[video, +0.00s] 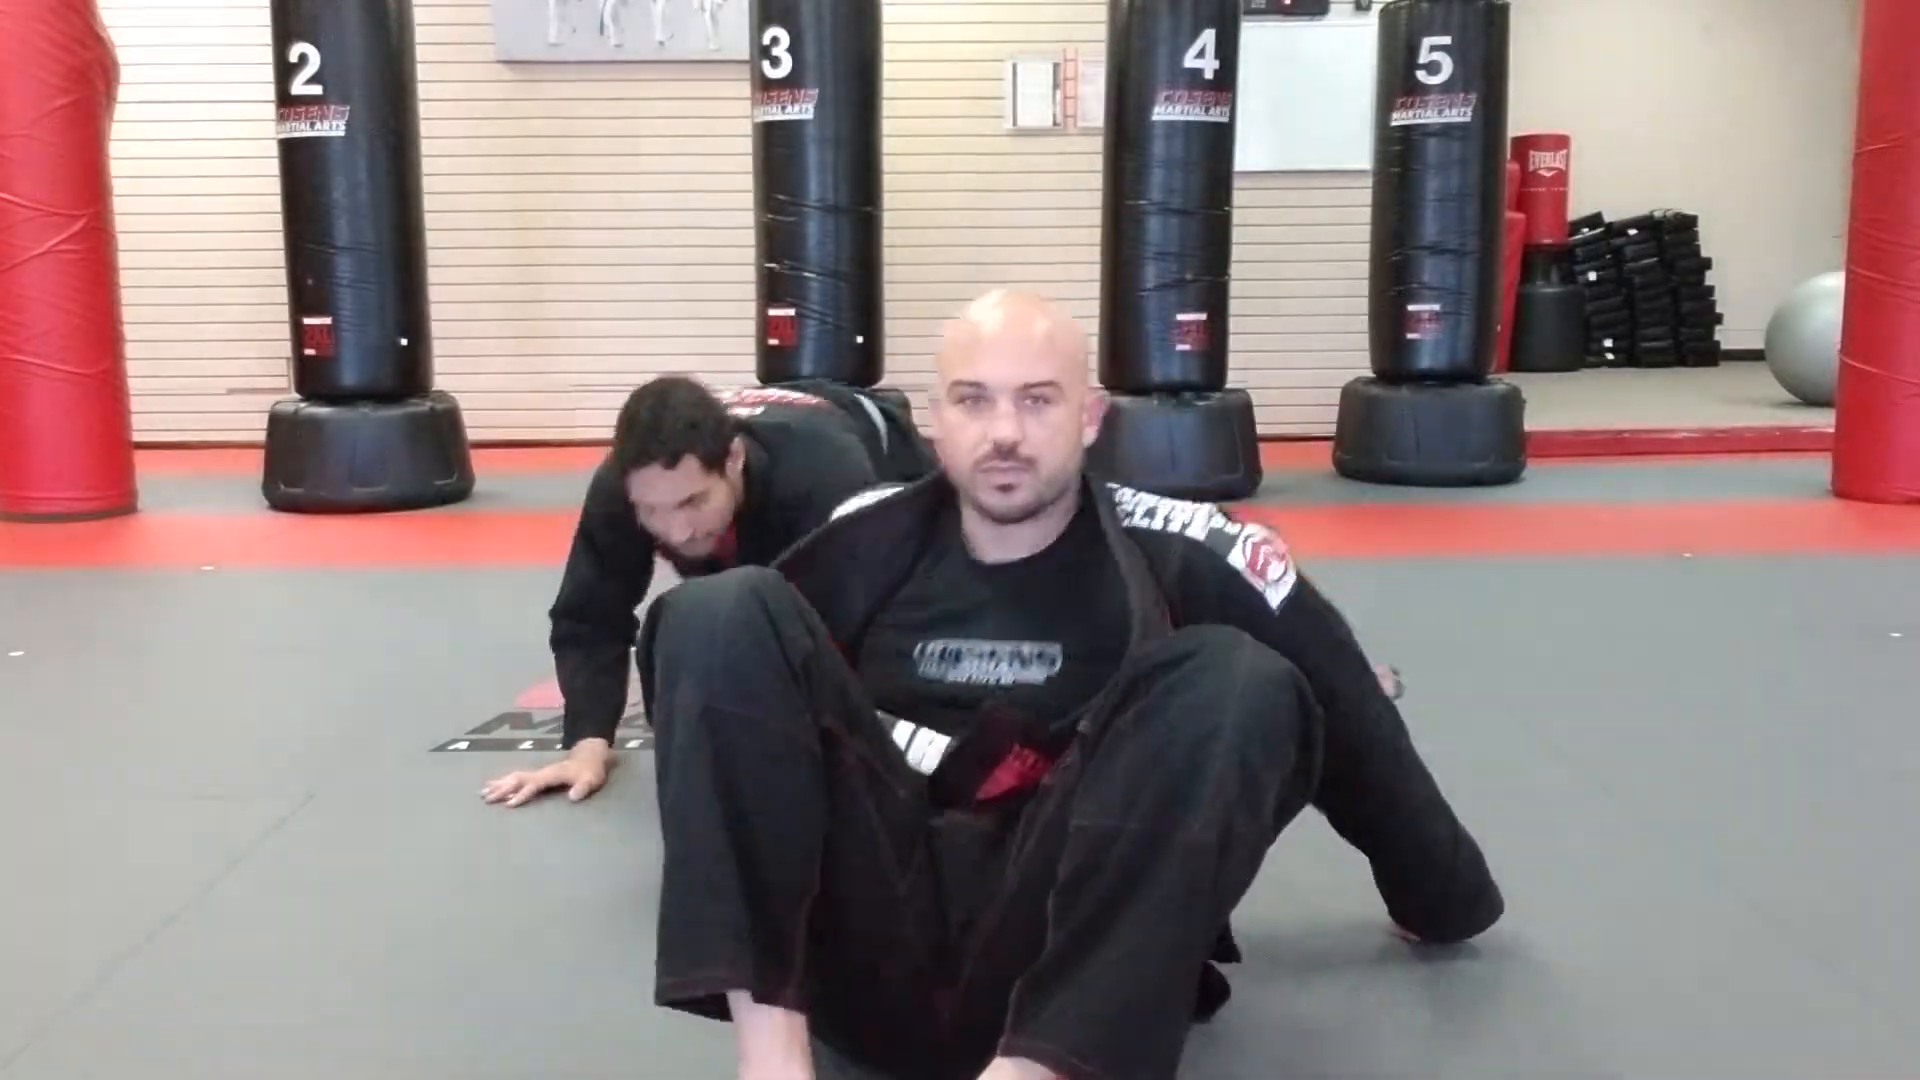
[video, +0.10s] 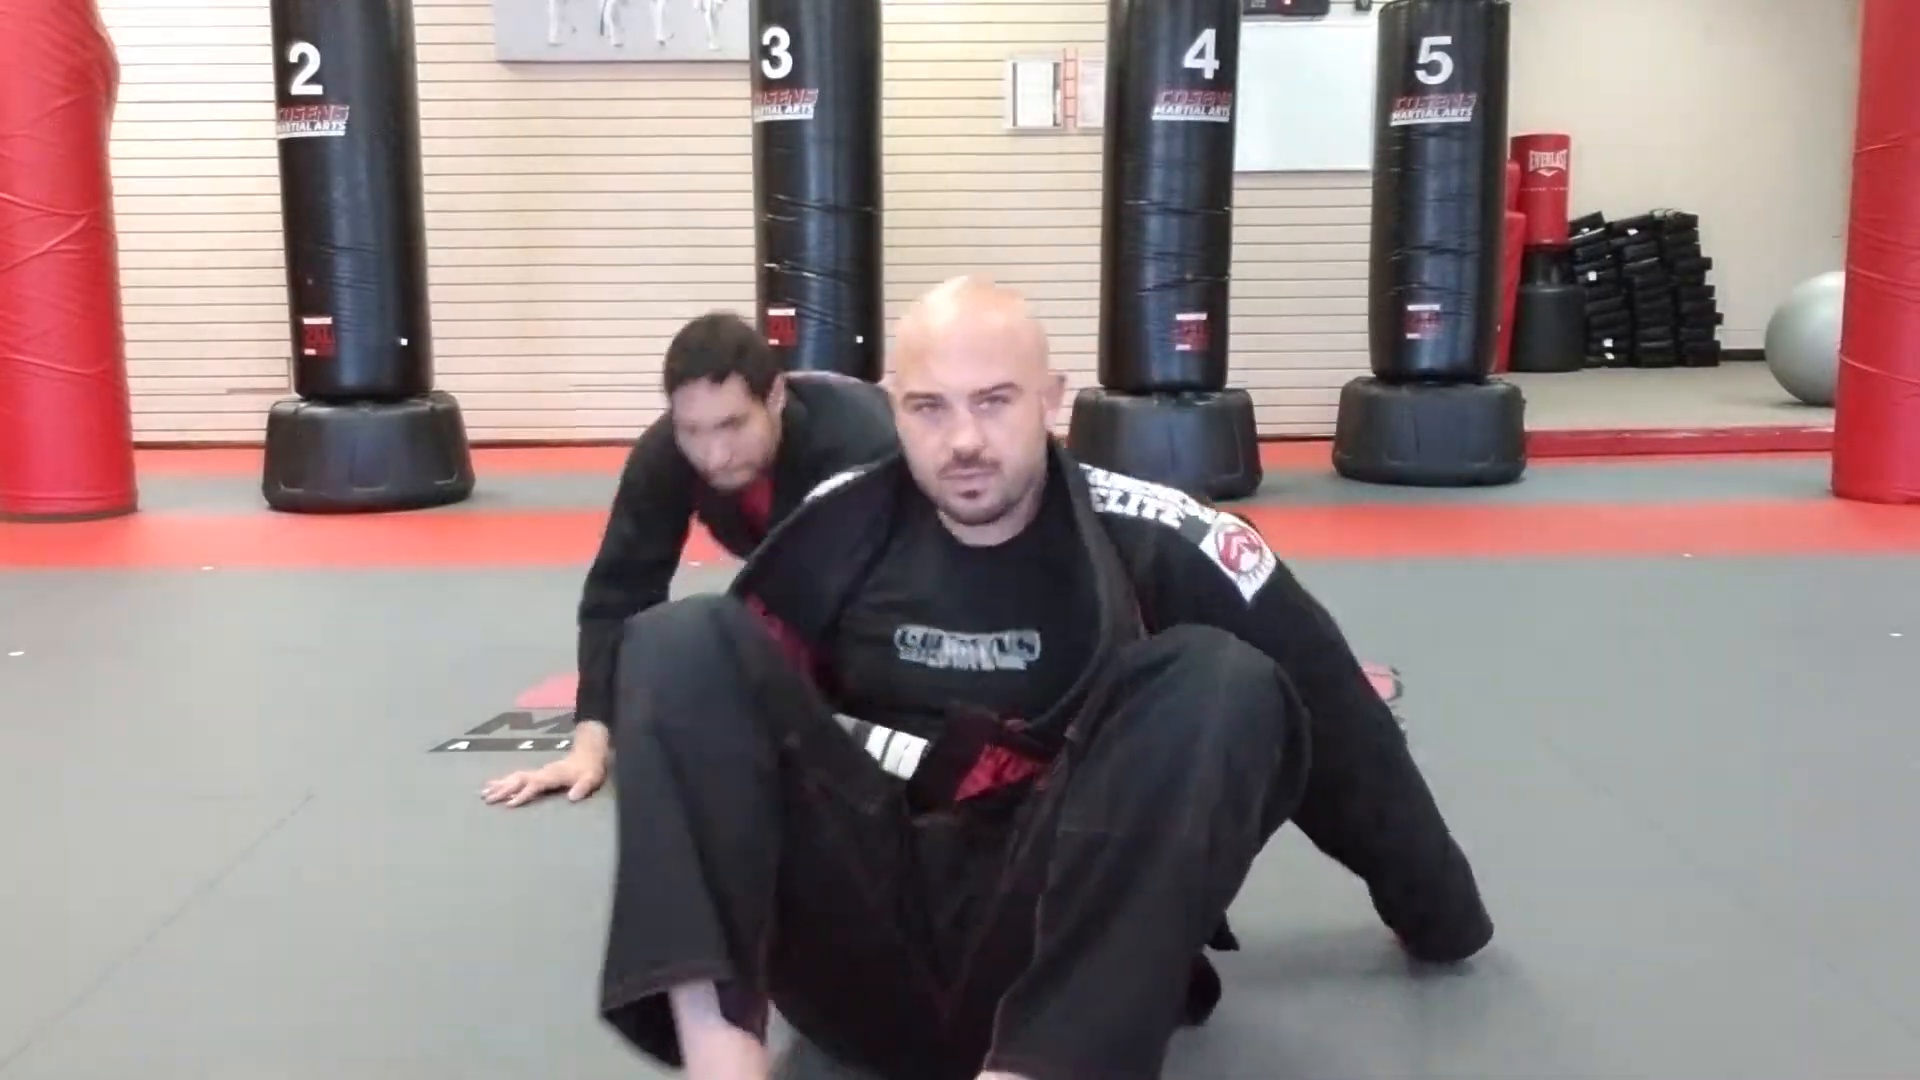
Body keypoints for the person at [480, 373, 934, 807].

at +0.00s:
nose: (674, 532)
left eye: (692, 503)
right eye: (651, 510)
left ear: (733, 462)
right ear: (628, 491)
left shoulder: (820, 484)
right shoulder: (626, 484)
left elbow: (852, 620)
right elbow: (590, 614)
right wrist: (588, 747)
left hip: (880, 431)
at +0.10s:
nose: (714, 455)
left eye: (733, 426)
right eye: (693, 431)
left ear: (777, 399)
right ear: (673, 416)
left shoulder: (852, 442)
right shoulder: (666, 456)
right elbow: (618, 593)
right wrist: (590, 742)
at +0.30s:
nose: (813, 360)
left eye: (833, 337)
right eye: (794, 339)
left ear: (871, 332)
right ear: (773, 340)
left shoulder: (917, 402)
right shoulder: (758, 408)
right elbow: (690, 524)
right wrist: (653, 640)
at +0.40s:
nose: (861, 331)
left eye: (879, 308)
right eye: (842, 311)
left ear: (909, 307)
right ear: (820, 315)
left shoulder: (976, 380)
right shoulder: (788, 403)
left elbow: (1023, 504)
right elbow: (723, 519)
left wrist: (1007, 613)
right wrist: (723, 631)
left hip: (971, 593)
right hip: (849, 598)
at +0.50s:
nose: (894, 303)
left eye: (910, 282)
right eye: (875, 284)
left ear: (937, 284)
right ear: (851, 290)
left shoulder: (1000, 369)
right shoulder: (814, 383)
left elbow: (1067, 486)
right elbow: (765, 502)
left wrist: (1011, 584)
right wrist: (788, 599)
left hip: (983, 586)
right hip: (856, 587)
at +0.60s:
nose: (913, 278)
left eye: (930, 258)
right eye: (894, 260)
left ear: (955, 264)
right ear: (869, 267)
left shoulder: (1013, 350)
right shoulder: (827, 360)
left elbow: (1068, 445)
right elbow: (781, 472)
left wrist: (1054, 528)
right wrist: (808, 552)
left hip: (983, 569)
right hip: (860, 573)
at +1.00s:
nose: (943, 246)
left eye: (960, 228)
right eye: (925, 228)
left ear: (983, 240)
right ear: (901, 241)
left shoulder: (1028, 341)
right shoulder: (852, 338)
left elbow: (1055, 443)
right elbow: (804, 452)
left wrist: (1048, 518)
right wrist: (860, 518)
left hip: (994, 543)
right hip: (888, 544)